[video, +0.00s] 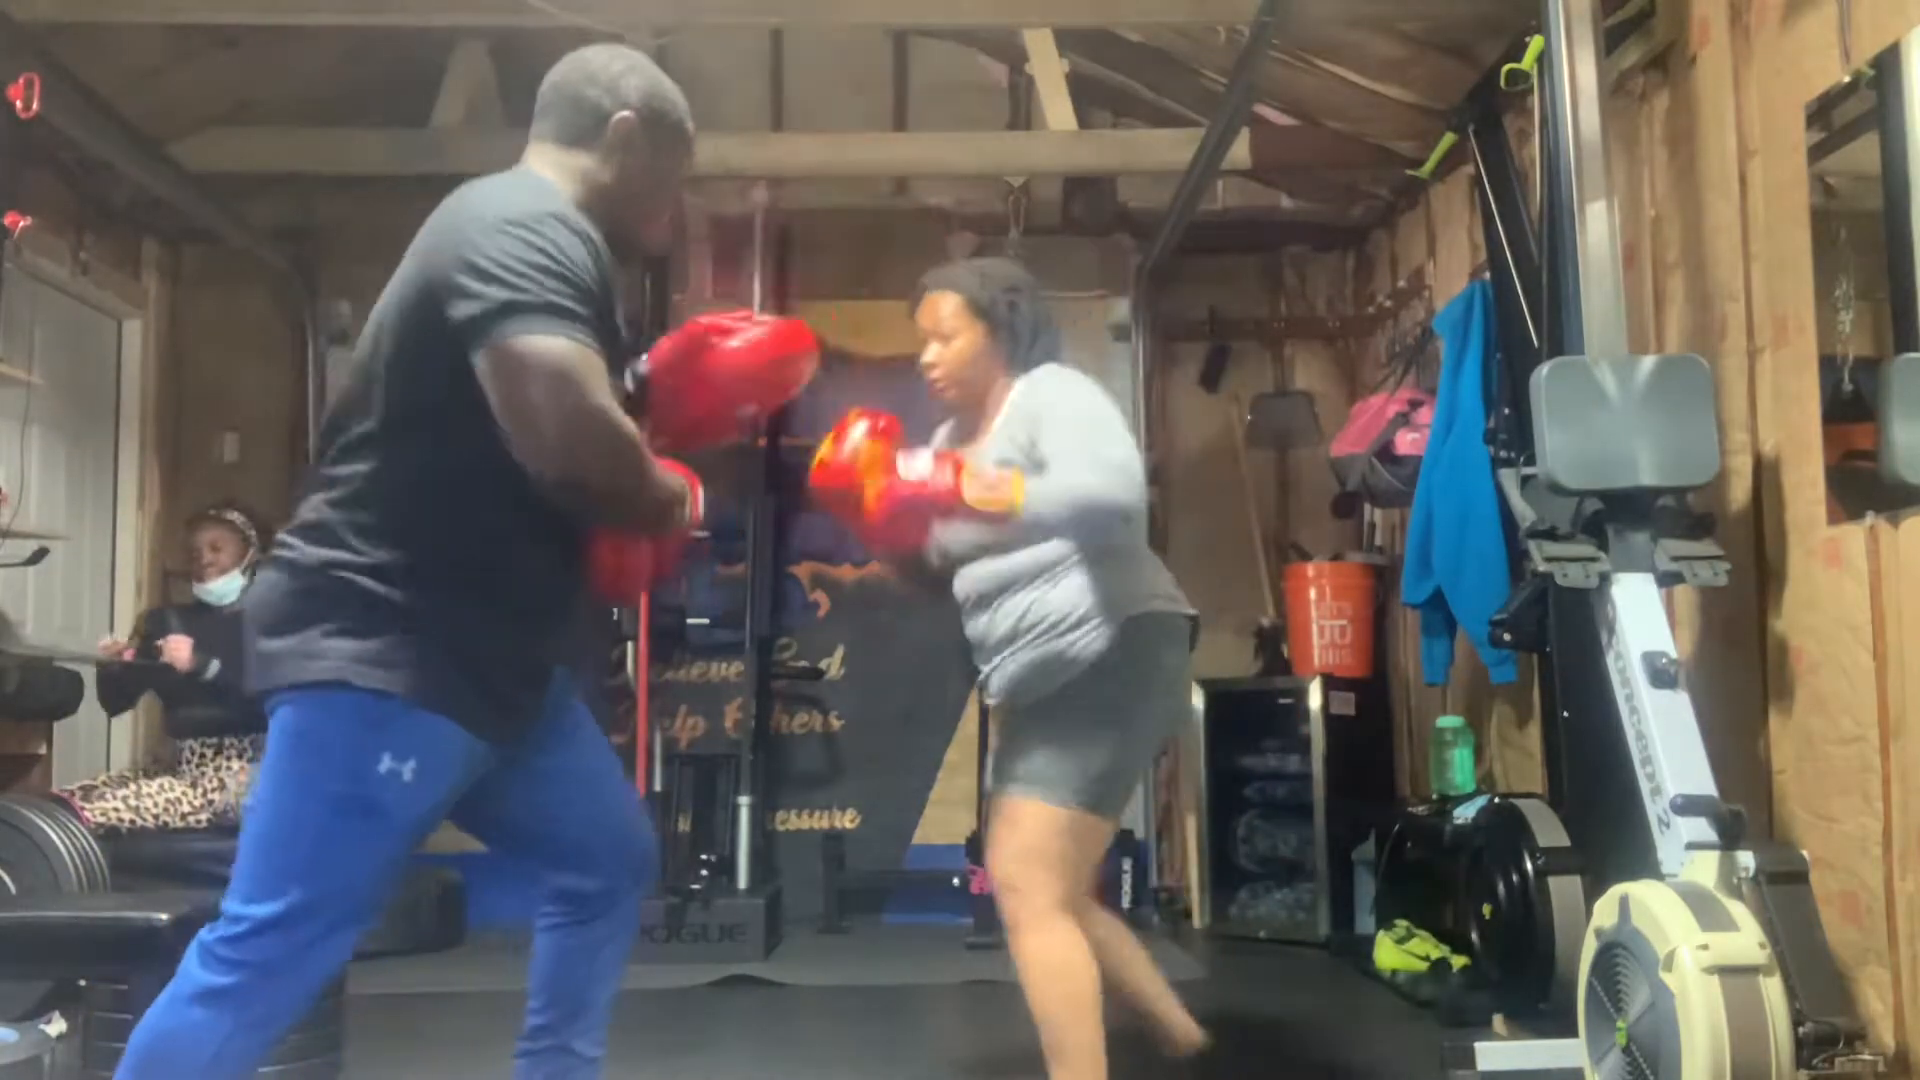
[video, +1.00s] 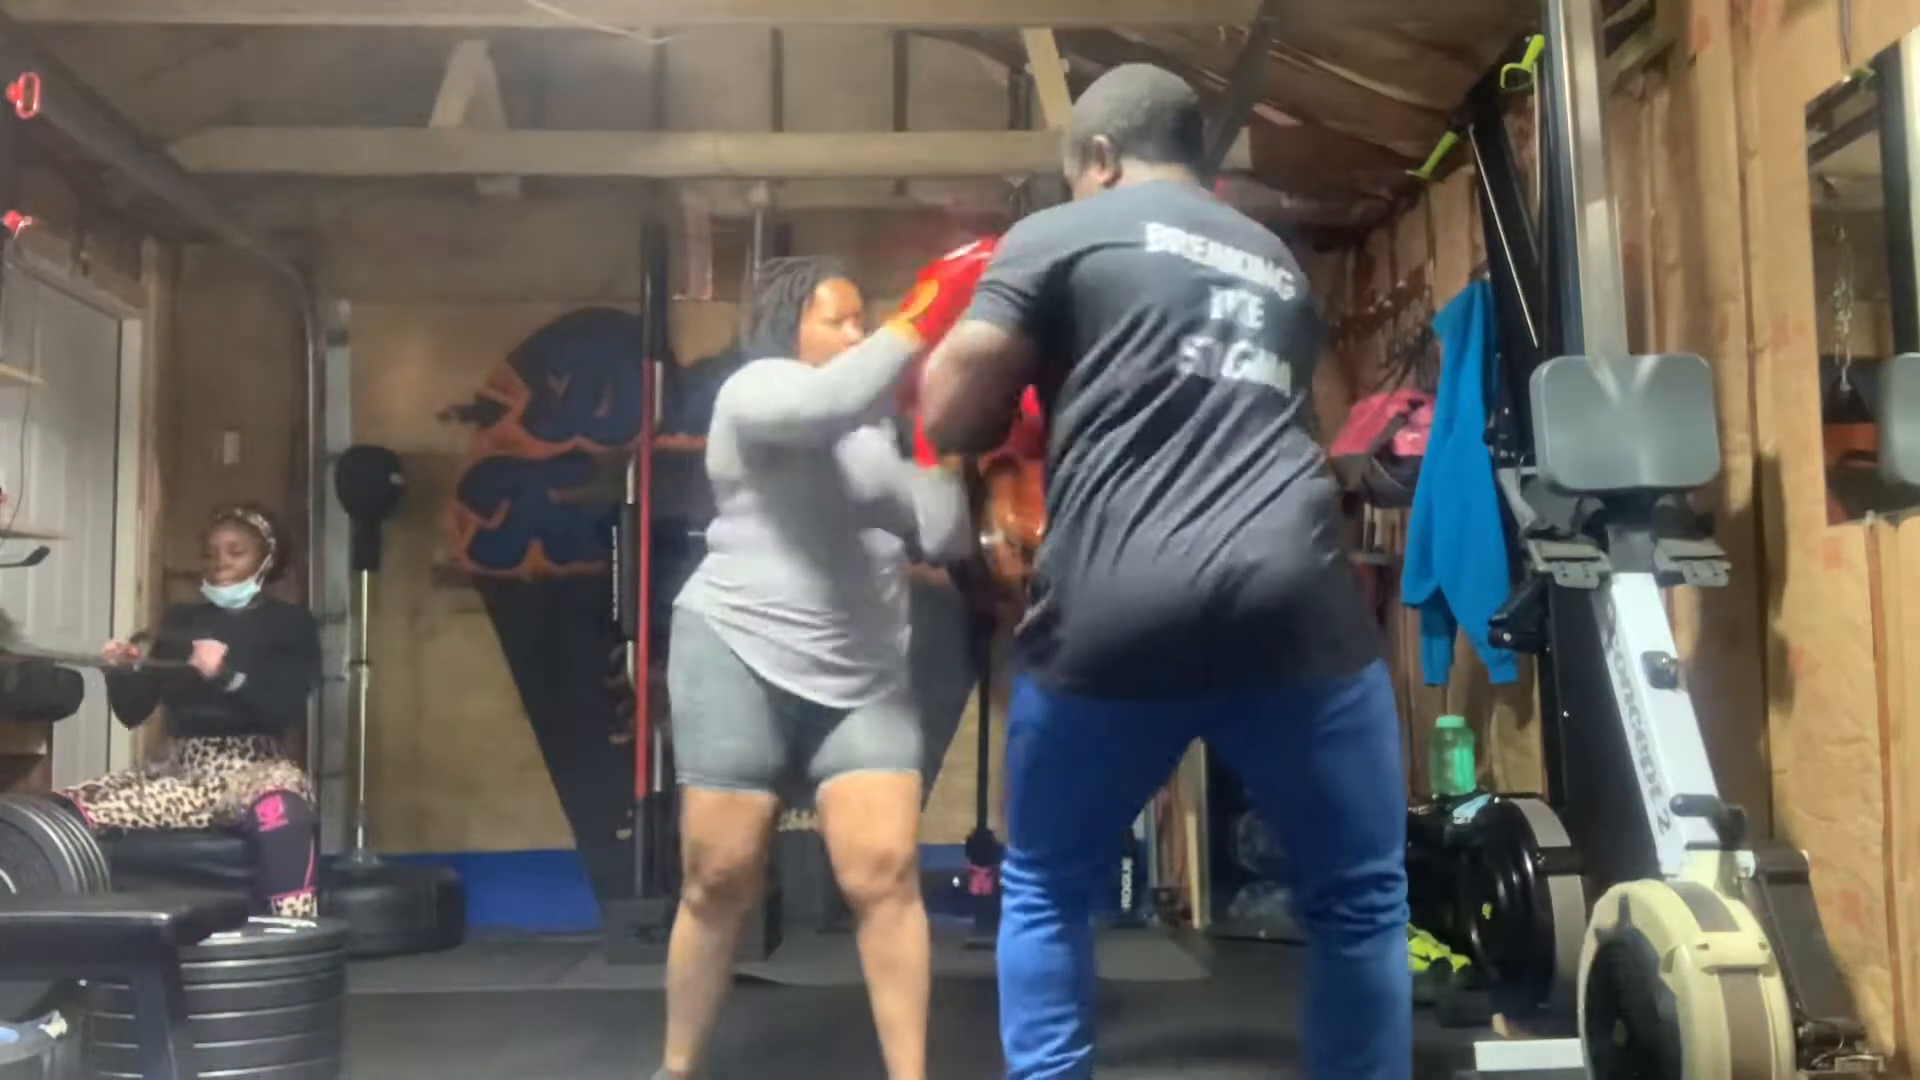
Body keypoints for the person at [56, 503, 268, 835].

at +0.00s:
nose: (204, 560)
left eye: (216, 549)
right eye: (196, 552)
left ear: (247, 556)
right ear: (187, 558)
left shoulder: (263, 615)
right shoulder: (167, 622)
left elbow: (262, 682)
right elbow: (116, 702)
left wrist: (200, 664)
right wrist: (112, 668)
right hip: (183, 766)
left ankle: (79, 819)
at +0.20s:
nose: (206, 557)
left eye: (219, 546)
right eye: (199, 548)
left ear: (251, 556)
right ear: (191, 555)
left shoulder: (280, 617)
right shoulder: (168, 616)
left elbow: (275, 695)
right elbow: (114, 696)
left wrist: (200, 660)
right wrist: (109, 656)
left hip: (256, 772)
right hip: (181, 775)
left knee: (279, 811)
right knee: (65, 813)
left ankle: (294, 941)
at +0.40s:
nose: (209, 561)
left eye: (222, 549)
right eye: (201, 552)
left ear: (253, 556)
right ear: (193, 557)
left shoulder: (286, 620)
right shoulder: (176, 620)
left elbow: (305, 722)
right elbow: (145, 724)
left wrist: (240, 697)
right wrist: (131, 695)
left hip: (259, 772)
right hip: (179, 772)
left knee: (279, 813)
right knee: (60, 811)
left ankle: (294, 946)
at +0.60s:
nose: (214, 562)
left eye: (227, 550)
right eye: (206, 552)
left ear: (257, 557)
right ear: (197, 556)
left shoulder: (286, 619)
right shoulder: (177, 618)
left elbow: (281, 710)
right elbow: (125, 708)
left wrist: (207, 680)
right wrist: (122, 672)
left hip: (255, 777)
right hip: (181, 779)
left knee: (281, 810)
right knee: (64, 812)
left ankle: (295, 941)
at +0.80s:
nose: (216, 559)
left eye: (230, 549)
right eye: (210, 548)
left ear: (260, 558)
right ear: (201, 552)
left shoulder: (284, 618)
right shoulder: (173, 615)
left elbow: (272, 685)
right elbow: (111, 685)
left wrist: (188, 664)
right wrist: (109, 663)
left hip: (250, 772)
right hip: (174, 774)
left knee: (280, 813)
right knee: (63, 813)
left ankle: (294, 943)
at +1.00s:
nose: (221, 565)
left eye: (236, 553)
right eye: (212, 554)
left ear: (264, 561)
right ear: (202, 557)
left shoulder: (289, 621)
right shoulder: (181, 618)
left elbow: (282, 713)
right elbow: (133, 712)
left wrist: (228, 674)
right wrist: (120, 671)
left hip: (255, 771)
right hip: (178, 770)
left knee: (282, 810)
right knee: (65, 811)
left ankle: (295, 946)